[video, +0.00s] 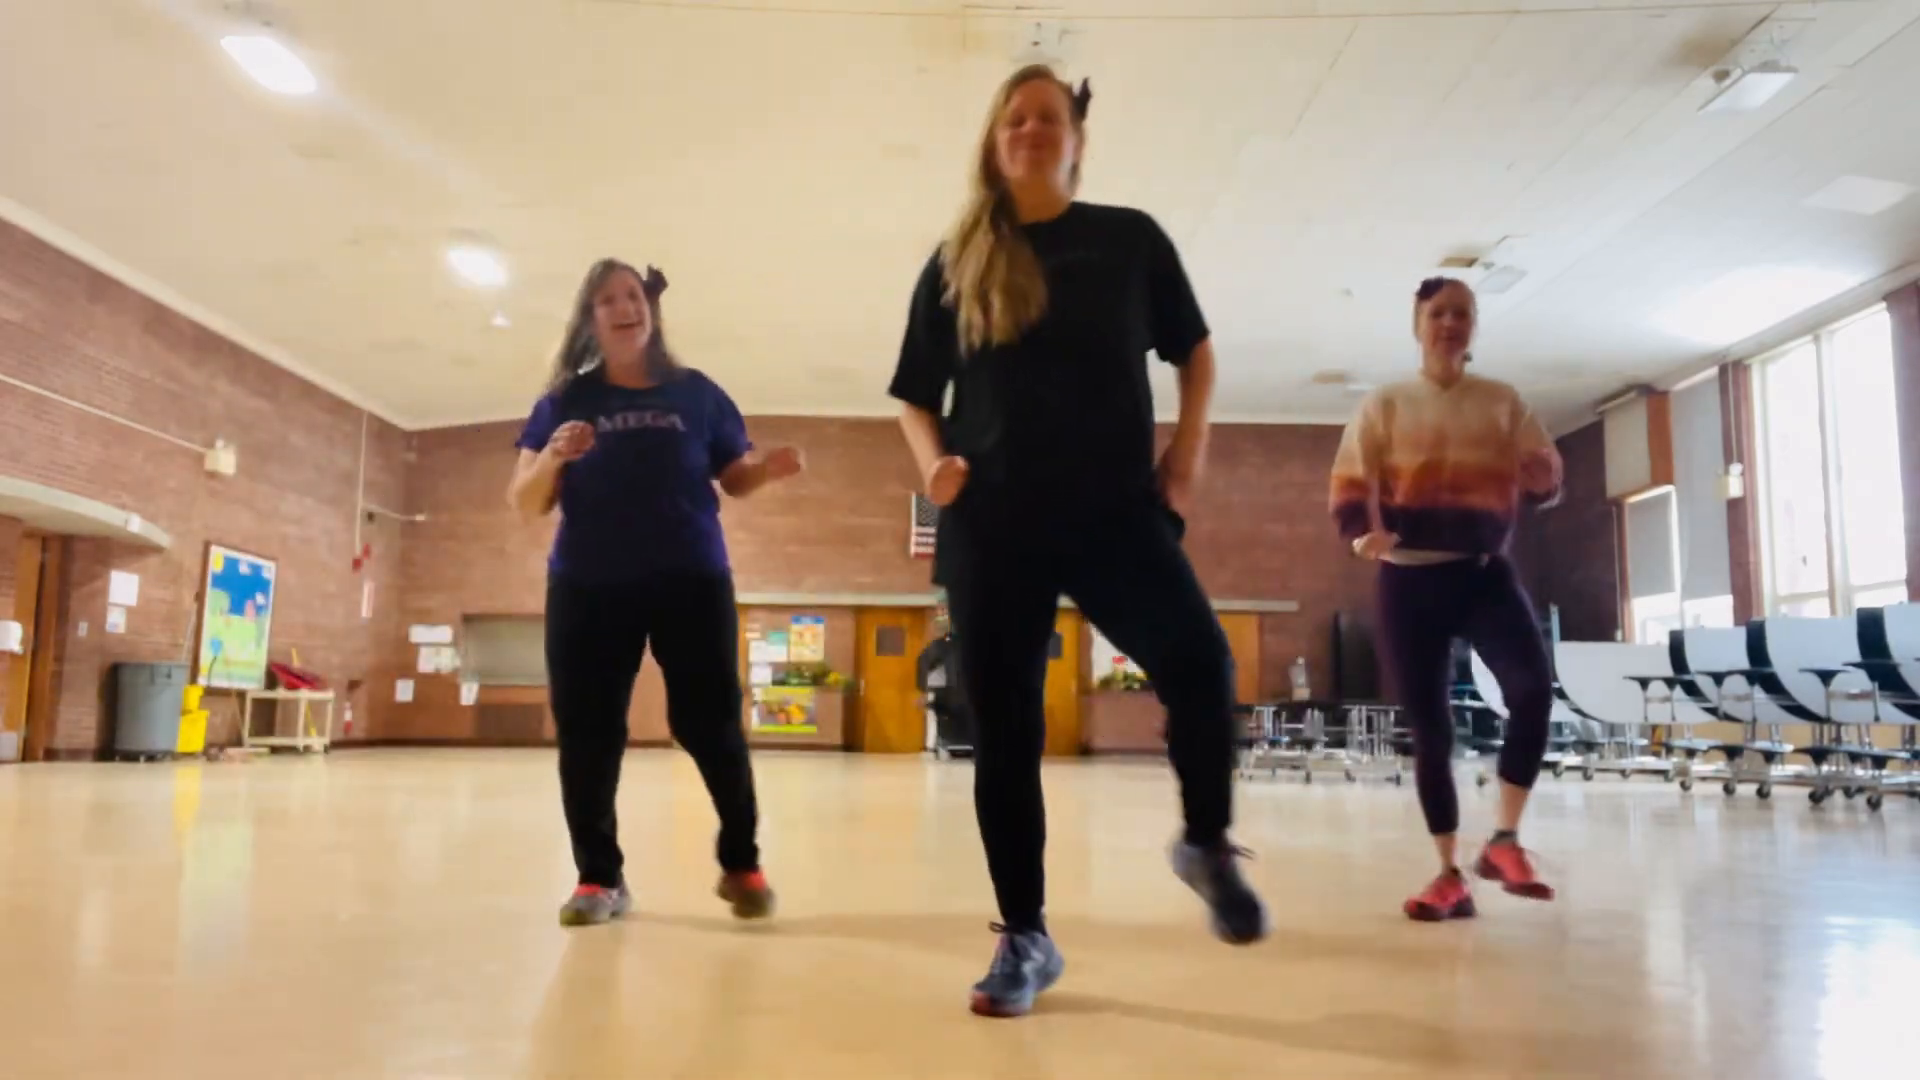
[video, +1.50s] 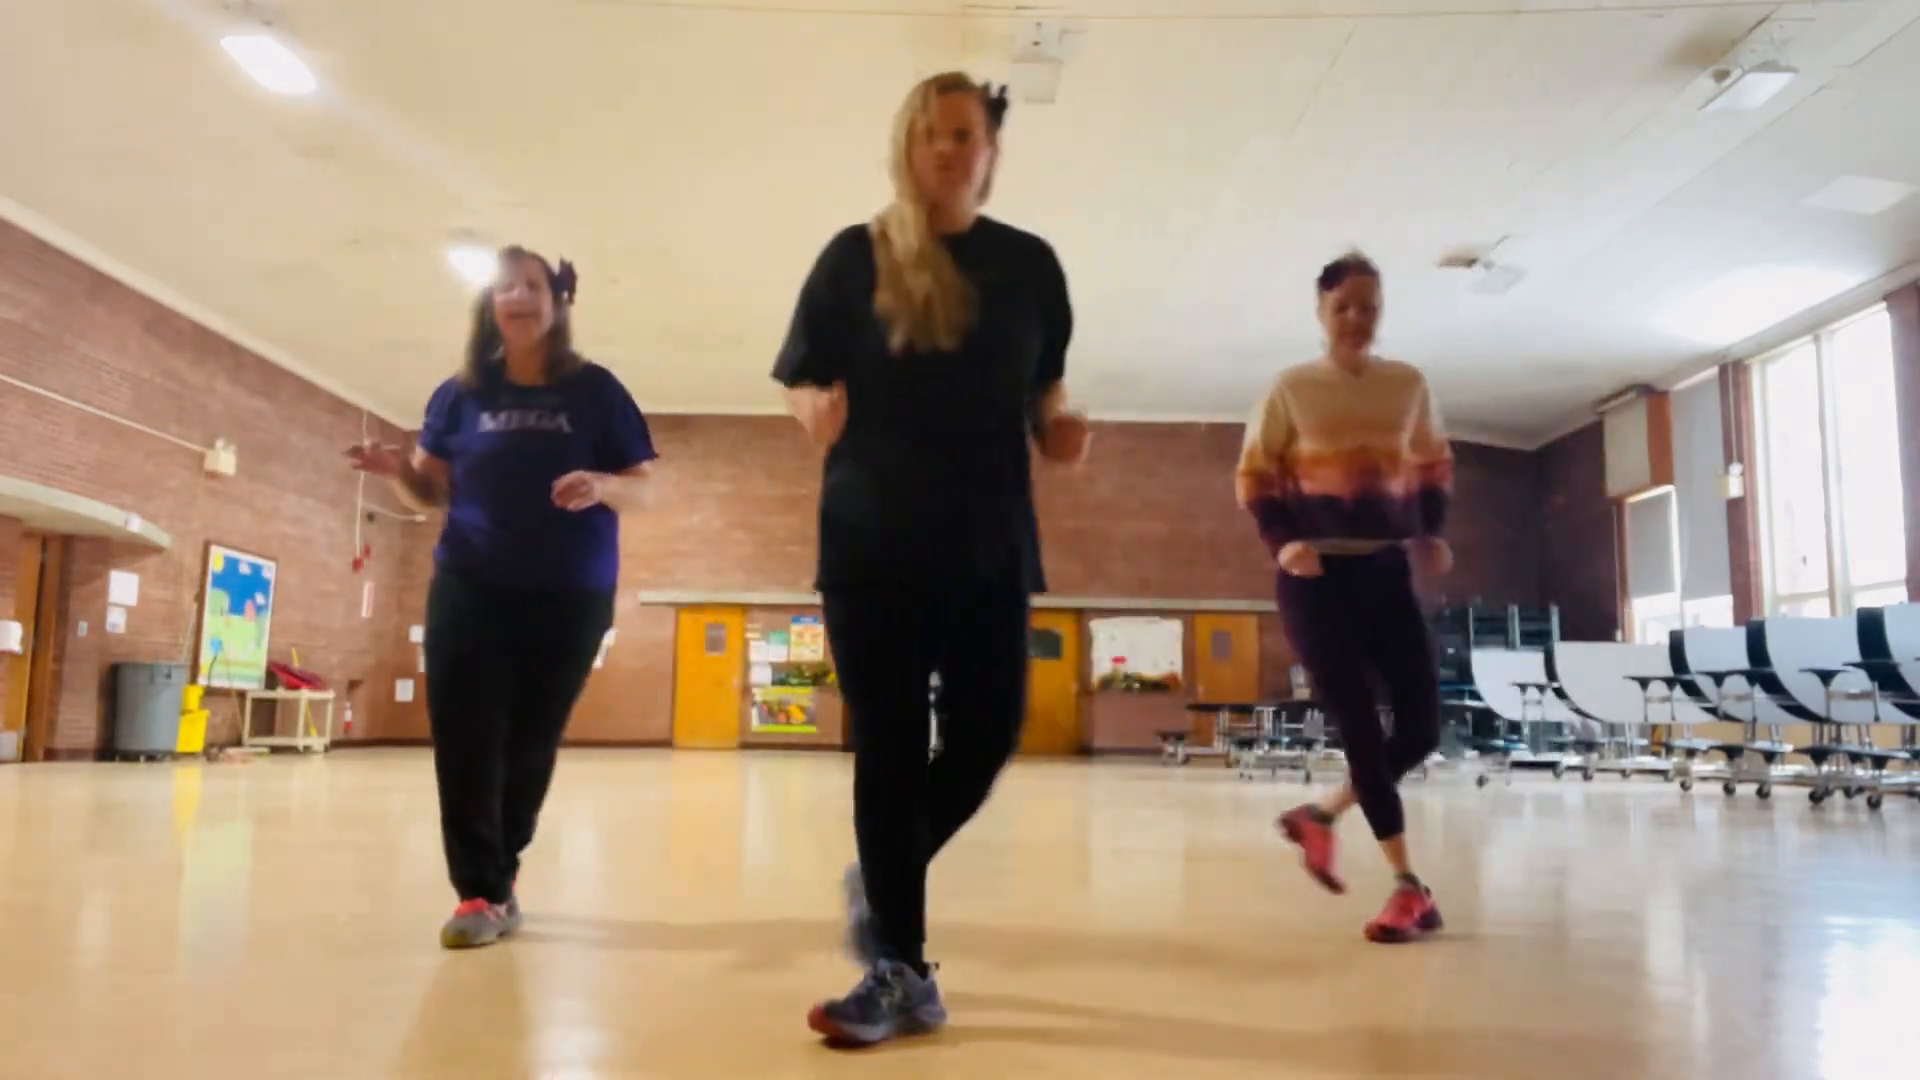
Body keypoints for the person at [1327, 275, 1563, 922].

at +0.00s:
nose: (1449, 324)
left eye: (1460, 315)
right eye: (1438, 314)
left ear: (1474, 328)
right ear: (1417, 325)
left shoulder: (1502, 403)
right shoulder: (1382, 407)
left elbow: (1547, 485)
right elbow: (1348, 492)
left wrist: (1541, 479)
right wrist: (1364, 535)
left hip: (1485, 577)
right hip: (1411, 581)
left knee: (1533, 695)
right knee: (1431, 732)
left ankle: (1503, 842)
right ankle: (1449, 875)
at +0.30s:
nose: (1509, 325)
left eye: (1521, 315)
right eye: (1498, 315)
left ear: (1541, 329)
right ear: (1481, 330)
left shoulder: (1569, 402)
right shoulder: (1456, 410)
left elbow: (1591, 490)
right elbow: (1420, 498)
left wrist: (1571, 427)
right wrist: (1435, 491)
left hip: (1552, 591)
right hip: (1472, 588)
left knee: (1566, 742)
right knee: (1433, 725)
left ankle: (1573, 885)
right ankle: (1455, 836)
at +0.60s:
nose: (1523, 288)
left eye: (1535, 278)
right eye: (1511, 278)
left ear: (1553, 291)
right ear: (1492, 293)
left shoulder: (1587, 366)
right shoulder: (1465, 376)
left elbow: (1604, 457)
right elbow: (1452, 473)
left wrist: (1570, 421)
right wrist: (1479, 448)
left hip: (1566, 546)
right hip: (1489, 545)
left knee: (1572, 713)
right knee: (1457, 659)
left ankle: (1573, 875)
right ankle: (1510, 677)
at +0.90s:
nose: (1503, 276)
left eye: (1513, 264)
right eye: (1489, 266)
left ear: (1533, 274)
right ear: (1471, 280)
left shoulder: (1574, 346)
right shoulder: (1447, 361)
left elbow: (1611, 429)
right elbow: (1409, 449)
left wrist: (1587, 431)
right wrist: (1438, 457)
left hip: (1548, 536)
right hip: (1467, 536)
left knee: (1558, 702)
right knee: (1459, 677)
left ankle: (1569, 867)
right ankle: (1462, 802)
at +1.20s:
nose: (1458, 319)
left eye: (1469, 308)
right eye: (1446, 308)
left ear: (1483, 316)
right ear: (1422, 315)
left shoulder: (1515, 401)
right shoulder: (1390, 401)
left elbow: (1558, 499)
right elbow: (1373, 501)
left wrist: (1591, 577)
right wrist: (1358, 582)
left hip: (1490, 581)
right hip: (1410, 583)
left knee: (1538, 721)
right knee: (1408, 733)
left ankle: (1563, 882)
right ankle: (1416, 890)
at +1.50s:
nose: (1355, 318)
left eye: (1366, 307)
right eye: (1342, 307)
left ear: (1381, 312)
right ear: (1321, 311)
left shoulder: (1406, 387)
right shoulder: (1290, 392)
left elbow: (1431, 467)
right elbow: (1253, 477)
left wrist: (1431, 532)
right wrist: (1282, 541)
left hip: (1385, 570)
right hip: (1315, 575)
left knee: (1420, 728)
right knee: (1360, 728)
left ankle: (1318, 815)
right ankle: (1408, 885)